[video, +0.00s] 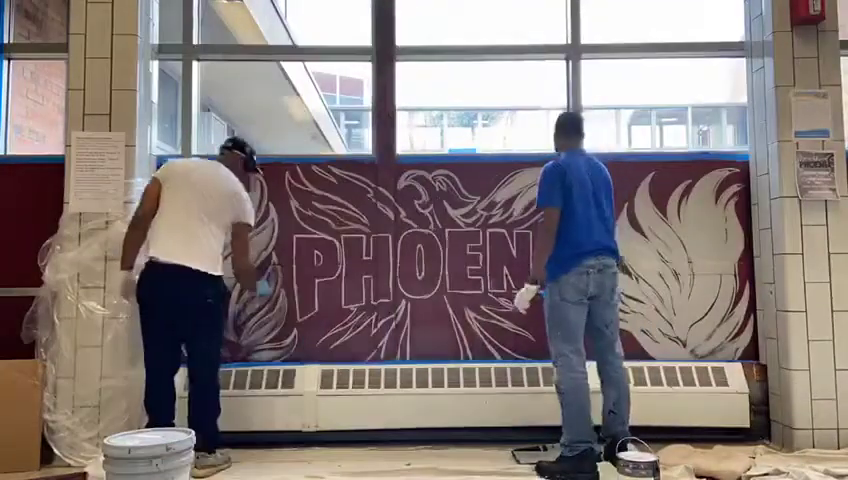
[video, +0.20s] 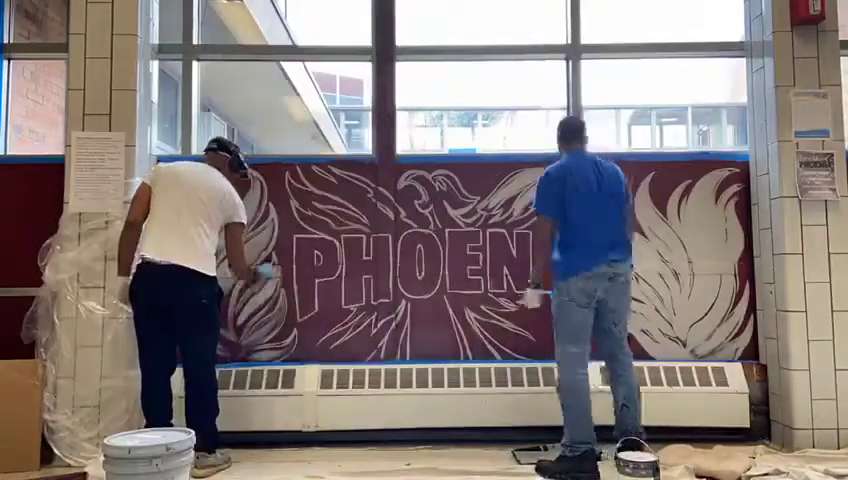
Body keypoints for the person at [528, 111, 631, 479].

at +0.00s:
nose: (558, 140)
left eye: (557, 134)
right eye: (566, 133)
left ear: (556, 136)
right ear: (582, 135)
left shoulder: (555, 169)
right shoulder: (601, 169)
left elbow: (550, 222)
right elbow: (608, 219)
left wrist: (538, 265)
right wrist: (594, 252)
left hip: (570, 269)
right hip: (607, 267)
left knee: (568, 359)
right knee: (610, 355)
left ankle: (578, 451)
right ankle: (617, 437)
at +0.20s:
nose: (567, 143)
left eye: (562, 138)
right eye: (575, 136)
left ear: (558, 141)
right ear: (585, 138)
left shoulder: (554, 176)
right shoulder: (612, 171)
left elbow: (544, 230)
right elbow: (629, 224)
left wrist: (540, 278)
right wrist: (621, 258)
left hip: (576, 272)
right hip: (618, 269)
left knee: (572, 359)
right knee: (618, 351)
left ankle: (579, 449)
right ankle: (631, 434)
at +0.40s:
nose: (562, 143)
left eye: (562, 138)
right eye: (571, 137)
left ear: (562, 137)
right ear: (588, 138)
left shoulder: (563, 168)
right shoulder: (605, 171)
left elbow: (562, 228)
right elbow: (608, 222)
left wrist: (544, 279)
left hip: (578, 273)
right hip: (615, 268)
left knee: (573, 361)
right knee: (615, 355)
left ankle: (579, 451)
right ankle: (622, 436)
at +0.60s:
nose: (538, 160)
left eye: (537, 154)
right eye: (541, 153)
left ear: (540, 151)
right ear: (564, 146)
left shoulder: (547, 171)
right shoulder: (594, 172)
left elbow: (554, 227)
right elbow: (608, 221)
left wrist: (538, 282)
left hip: (577, 269)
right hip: (615, 264)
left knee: (565, 357)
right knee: (616, 350)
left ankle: (578, 451)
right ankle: (625, 434)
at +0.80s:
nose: (573, 144)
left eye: (570, 139)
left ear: (571, 139)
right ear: (598, 141)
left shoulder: (561, 168)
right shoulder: (613, 175)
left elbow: (551, 224)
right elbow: (617, 227)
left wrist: (534, 274)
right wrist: (604, 258)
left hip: (573, 270)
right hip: (610, 268)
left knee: (569, 358)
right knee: (613, 352)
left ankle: (574, 450)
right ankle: (621, 436)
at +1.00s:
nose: (531, 149)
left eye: (531, 143)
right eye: (538, 142)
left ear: (533, 142)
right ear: (560, 140)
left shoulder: (543, 170)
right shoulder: (577, 167)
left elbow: (548, 228)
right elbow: (576, 218)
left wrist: (531, 282)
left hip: (566, 271)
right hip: (598, 265)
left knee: (563, 358)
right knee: (604, 349)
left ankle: (573, 451)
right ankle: (620, 434)